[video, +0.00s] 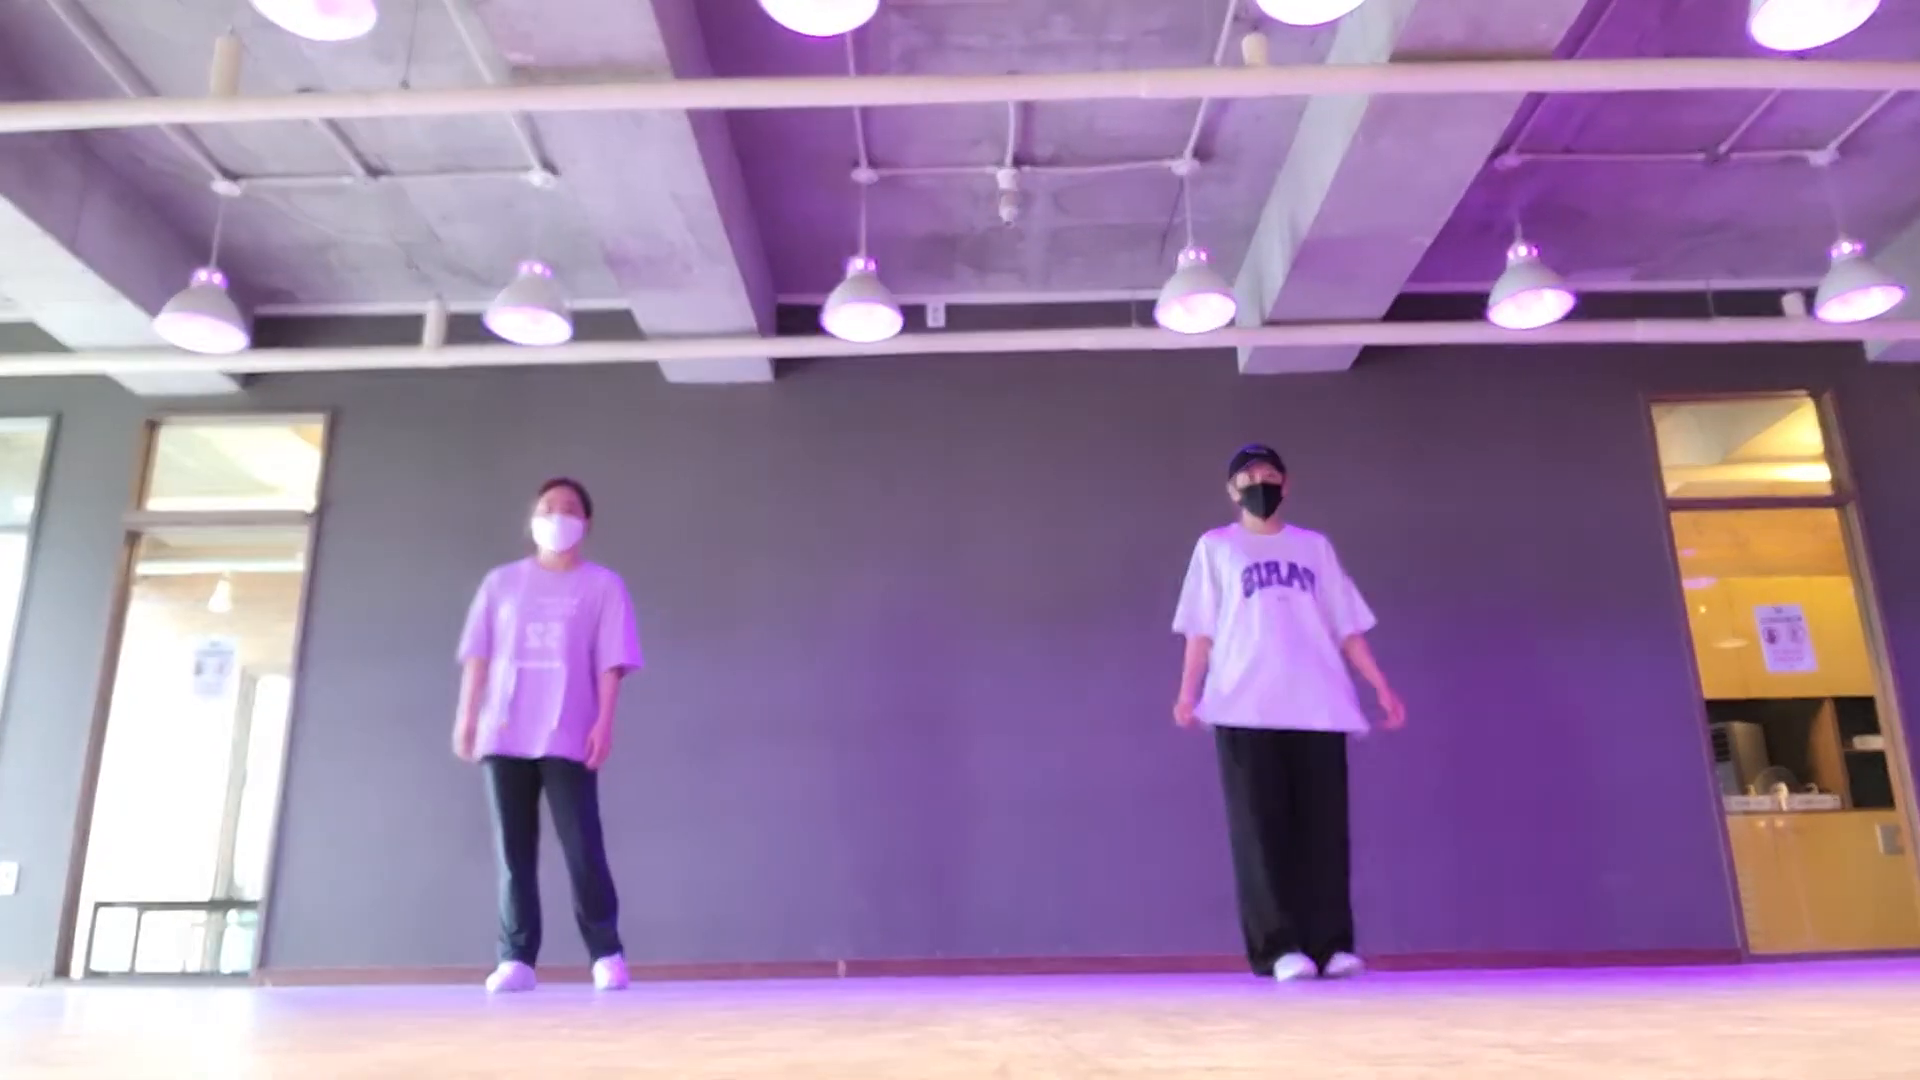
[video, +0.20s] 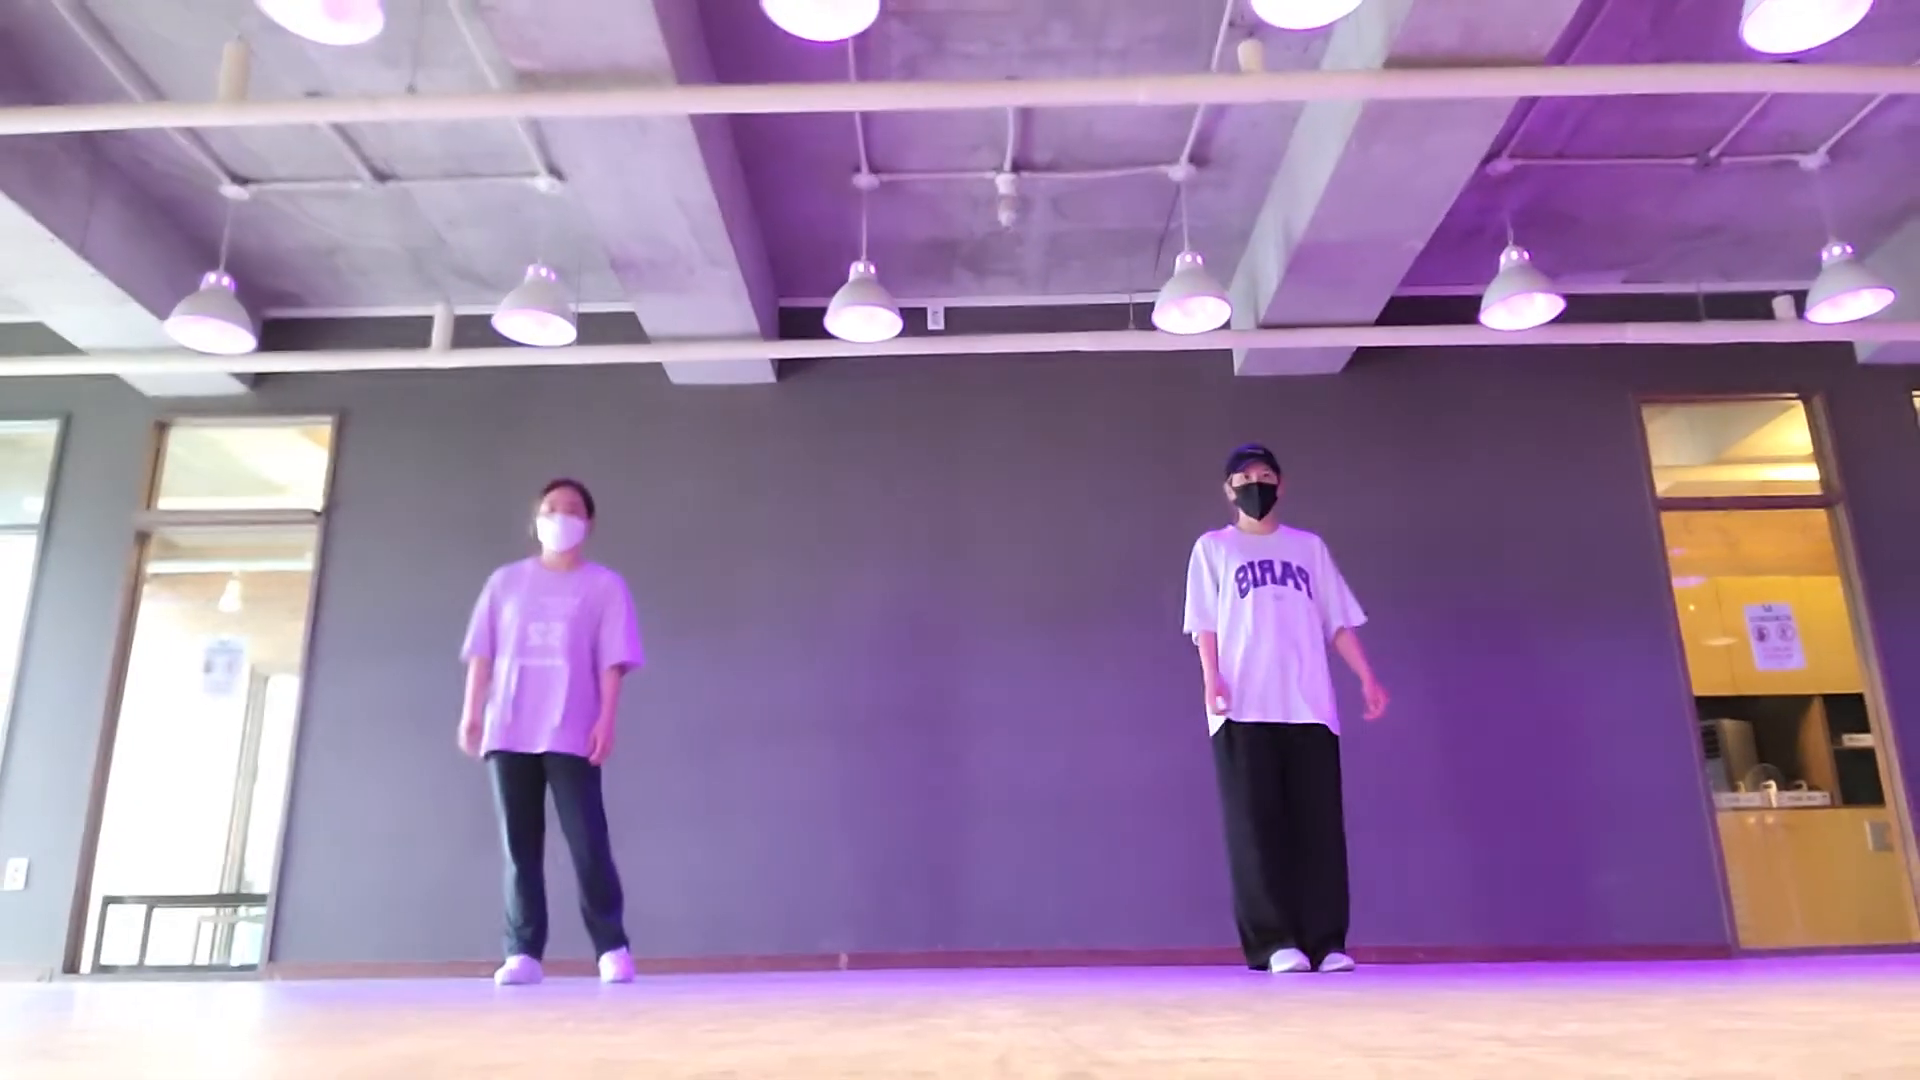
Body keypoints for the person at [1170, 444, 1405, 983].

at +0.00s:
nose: (1260, 485)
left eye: (1269, 476)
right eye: (1248, 478)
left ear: (1285, 486)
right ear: (1232, 489)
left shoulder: (1315, 547)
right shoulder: (1214, 548)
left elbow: (1348, 629)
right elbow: (1201, 631)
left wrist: (1381, 687)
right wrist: (1187, 693)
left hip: (1318, 711)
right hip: (1248, 713)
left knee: (1324, 829)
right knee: (1264, 834)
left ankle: (1334, 946)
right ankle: (1281, 951)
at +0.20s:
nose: (1256, 486)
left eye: (1265, 478)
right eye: (1245, 479)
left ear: (1280, 486)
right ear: (1229, 490)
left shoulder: (1310, 548)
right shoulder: (1211, 549)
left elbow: (1338, 623)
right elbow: (1204, 624)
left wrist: (1367, 676)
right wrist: (1213, 677)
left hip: (1310, 708)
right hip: (1245, 710)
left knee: (1318, 827)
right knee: (1259, 832)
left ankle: (1327, 943)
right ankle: (1275, 946)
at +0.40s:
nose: (1256, 486)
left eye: (1265, 478)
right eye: (1245, 479)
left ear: (1280, 485)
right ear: (1229, 488)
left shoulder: (1310, 547)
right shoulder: (1210, 547)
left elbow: (1332, 624)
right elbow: (1204, 622)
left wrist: (1347, 679)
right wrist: (1219, 679)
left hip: (1309, 705)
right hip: (1246, 707)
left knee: (1317, 824)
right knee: (1255, 829)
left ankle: (1326, 942)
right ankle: (1271, 944)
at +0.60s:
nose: (1258, 484)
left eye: (1267, 476)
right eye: (1247, 477)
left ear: (1281, 484)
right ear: (1231, 486)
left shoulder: (1310, 546)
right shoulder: (1211, 544)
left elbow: (1333, 626)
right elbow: (1203, 623)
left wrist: (1352, 684)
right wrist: (1207, 685)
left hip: (1309, 704)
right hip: (1244, 707)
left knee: (1317, 824)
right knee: (1255, 829)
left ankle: (1325, 942)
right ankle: (1271, 944)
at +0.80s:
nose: (1259, 484)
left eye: (1268, 475)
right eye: (1248, 476)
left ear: (1282, 483)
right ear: (1231, 485)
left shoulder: (1310, 544)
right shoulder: (1211, 542)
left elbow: (1334, 625)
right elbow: (1201, 624)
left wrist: (1359, 686)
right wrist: (1204, 688)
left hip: (1308, 703)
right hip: (1242, 704)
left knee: (1315, 823)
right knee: (1254, 828)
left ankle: (1324, 942)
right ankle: (1271, 945)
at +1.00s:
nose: (1257, 483)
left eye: (1267, 475)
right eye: (1246, 476)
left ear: (1281, 483)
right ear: (1230, 485)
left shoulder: (1309, 545)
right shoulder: (1211, 544)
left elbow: (1334, 627)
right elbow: (1201, 625)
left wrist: (1355, 686)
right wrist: (1204, 687)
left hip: (1307, 703)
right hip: (1242, 705)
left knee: (1316, 823)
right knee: (1255, 828)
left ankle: (1324, 942)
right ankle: (1271, 944)